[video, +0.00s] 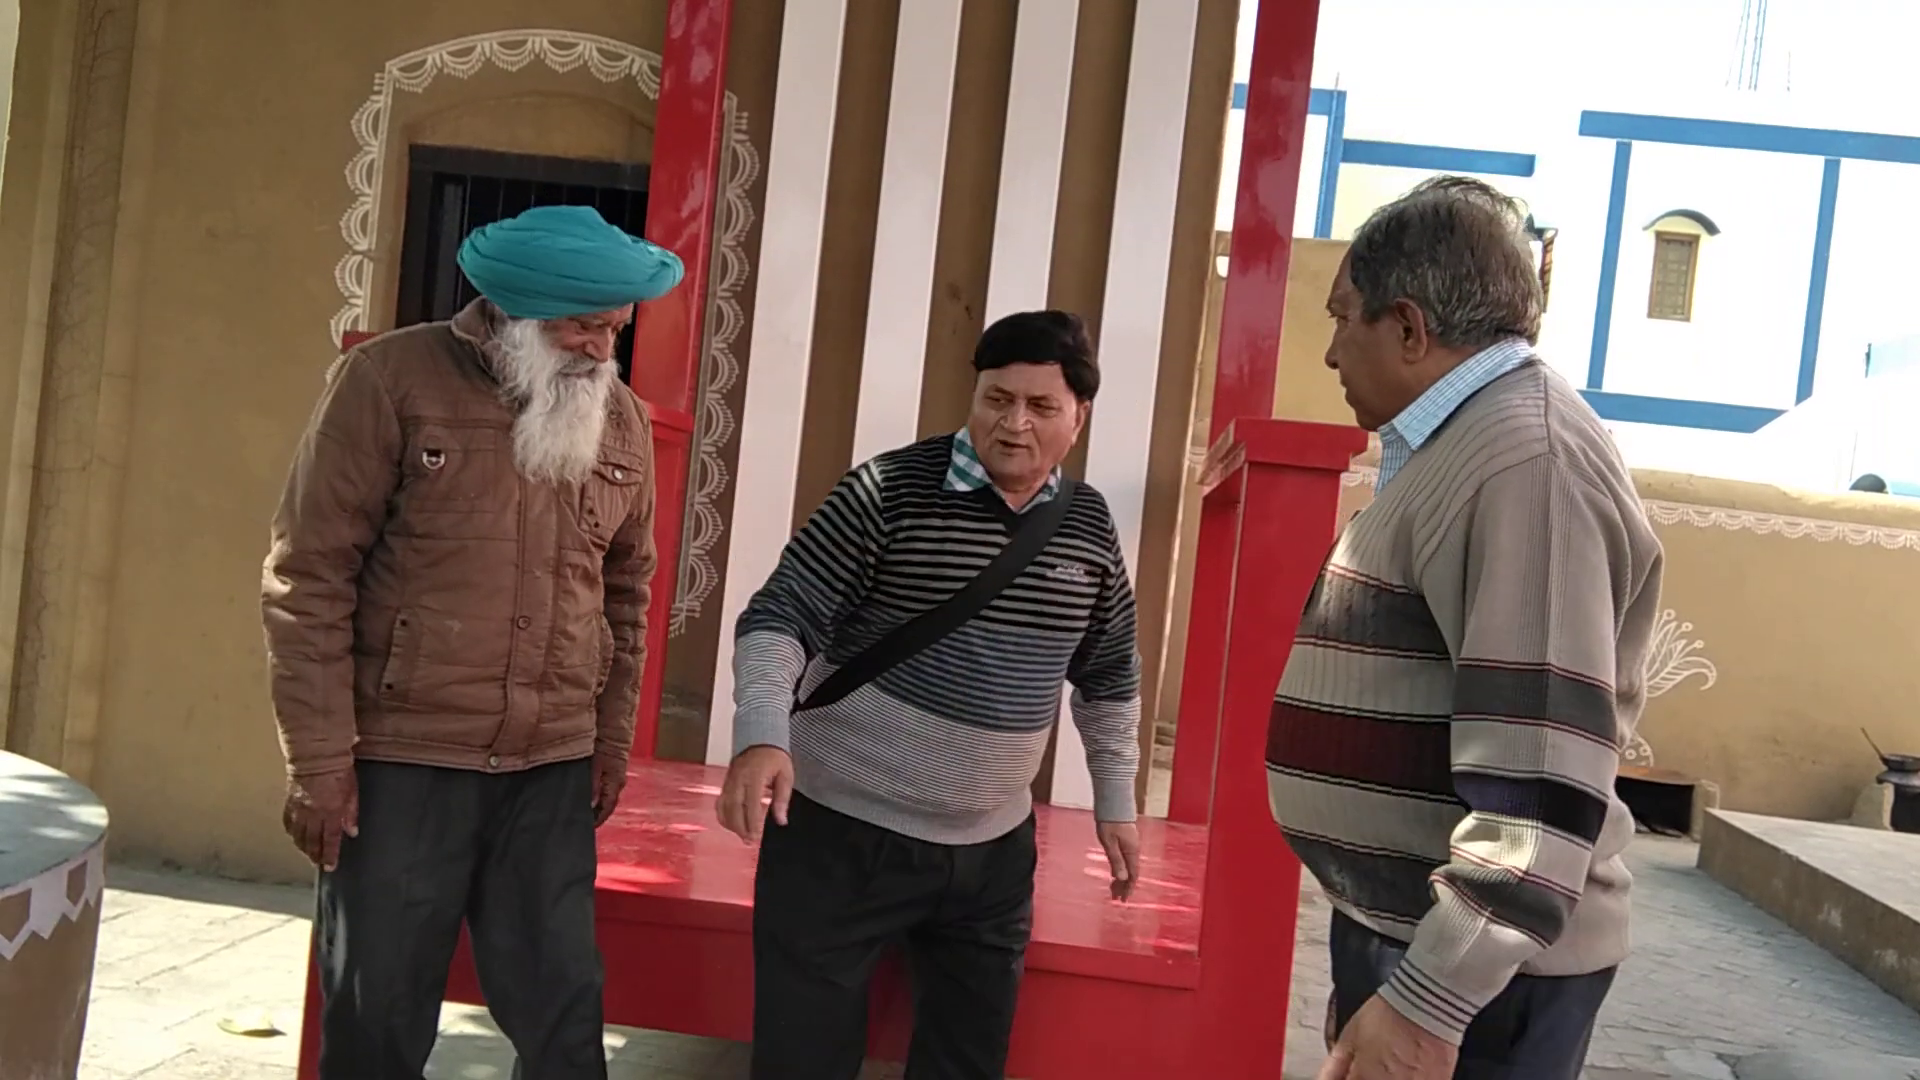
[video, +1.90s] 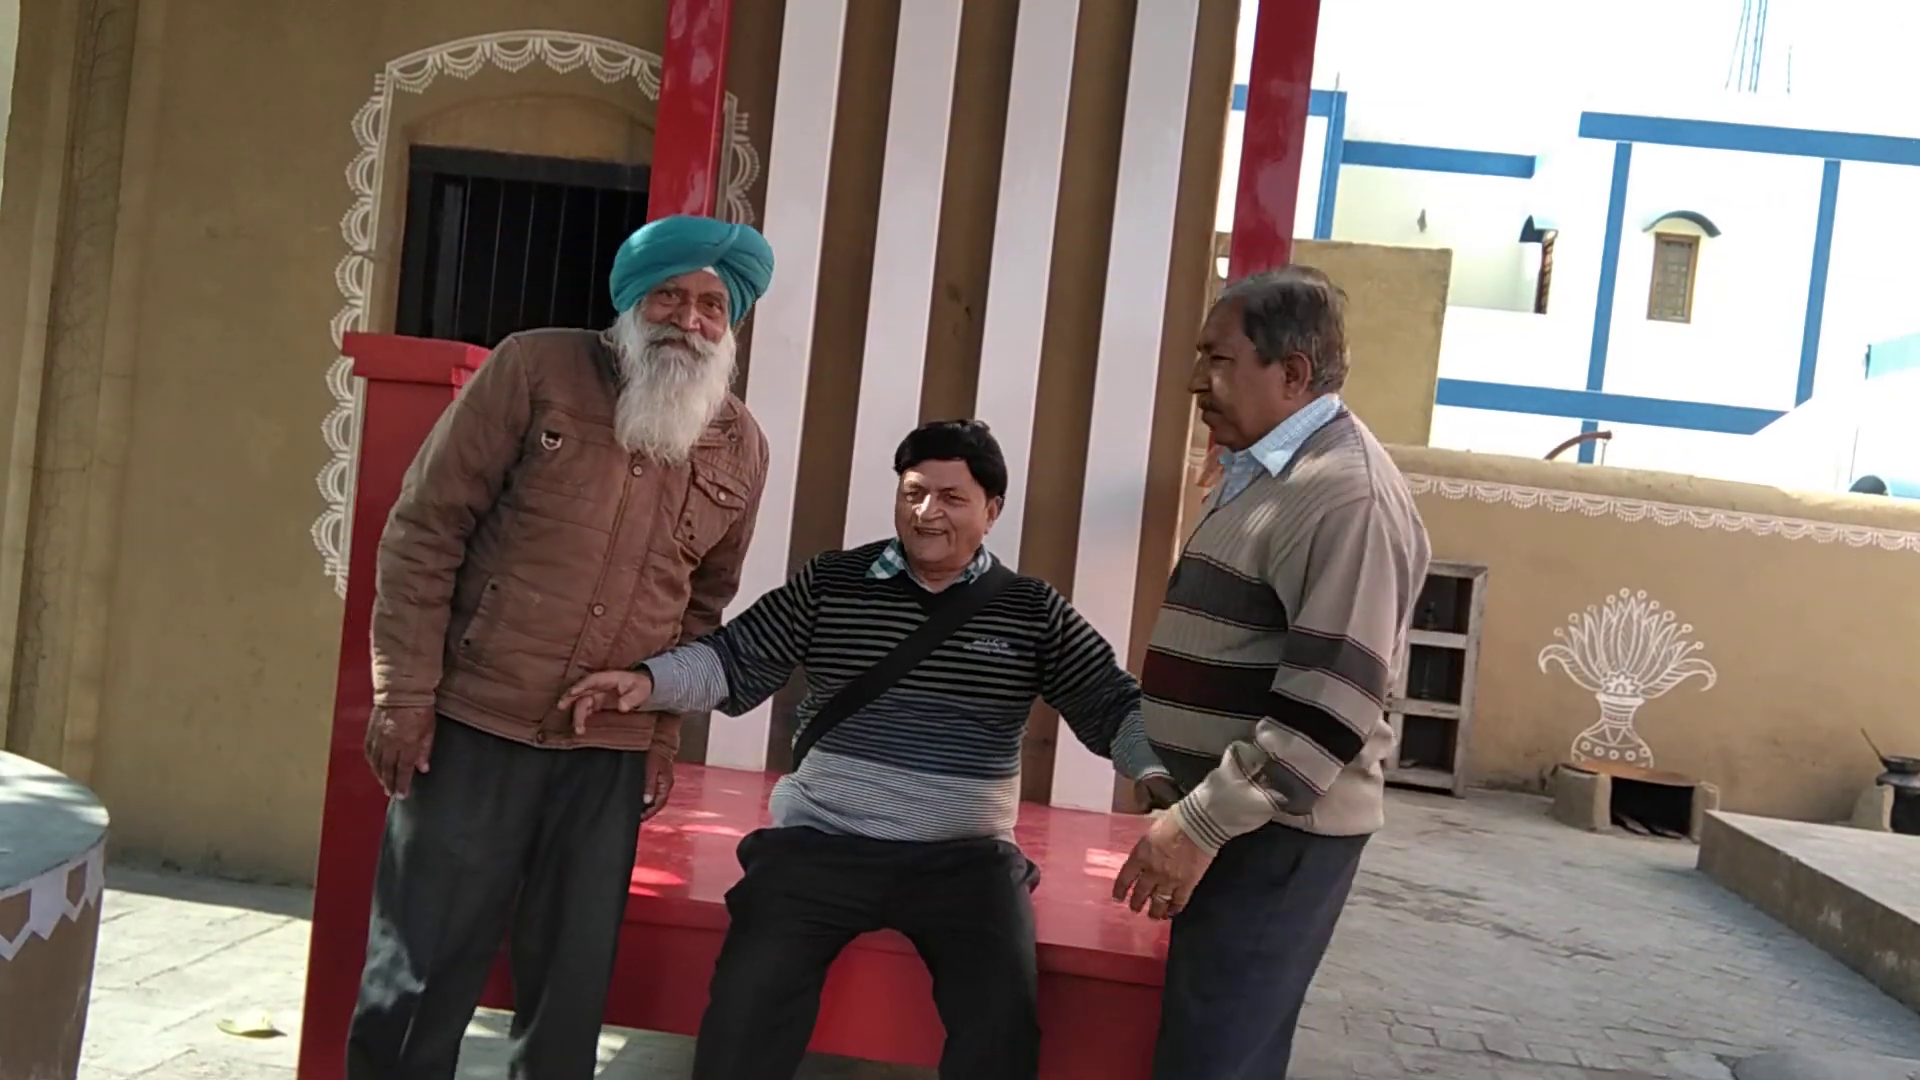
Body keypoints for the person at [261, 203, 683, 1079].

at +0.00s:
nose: (600, 341)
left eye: (612, 322)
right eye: (581, 320)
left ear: (620, 319)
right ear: (515, 310)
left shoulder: (622, 419)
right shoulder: (390, 379)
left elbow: (626, 596)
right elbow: (308, 573)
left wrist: (610, 741)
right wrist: (322, 762)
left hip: (548, 787)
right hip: (404, 781)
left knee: (566, 1037)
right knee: (376, 1044)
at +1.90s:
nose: (692, 317)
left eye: (715, 303)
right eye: (672, 295)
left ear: (733, 326)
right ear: (629, 301)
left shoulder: (740, 446)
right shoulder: (534, 370)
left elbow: (707, 601)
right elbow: (426, 527)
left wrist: (668, 730)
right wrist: (404, 689)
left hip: (610, 762)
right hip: (474, 739)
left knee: (567, 1019)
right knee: (413, 999)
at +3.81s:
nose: (590, 285)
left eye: (612, 271)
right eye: (570, 265)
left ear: (636, 294)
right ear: (532, 276)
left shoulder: (665, 417)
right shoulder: (443, 366)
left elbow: (666, 585)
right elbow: (363, 542)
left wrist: (630, 722)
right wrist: (358, 709)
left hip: (572, 753)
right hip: (435, 741)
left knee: (523, 1005)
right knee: (416, 996)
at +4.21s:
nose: (610, 291)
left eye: (632, 277)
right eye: (591, 269)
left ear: (657, 300)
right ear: (554, 280)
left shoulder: (680, 427)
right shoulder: (460, 365)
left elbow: (676, 593)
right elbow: (374, 533)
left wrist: (631, 728)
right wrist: (357, 697)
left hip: (572, 747)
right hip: (431, 727)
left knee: (524, 999)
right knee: (367, 978)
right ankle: (351, 1074)